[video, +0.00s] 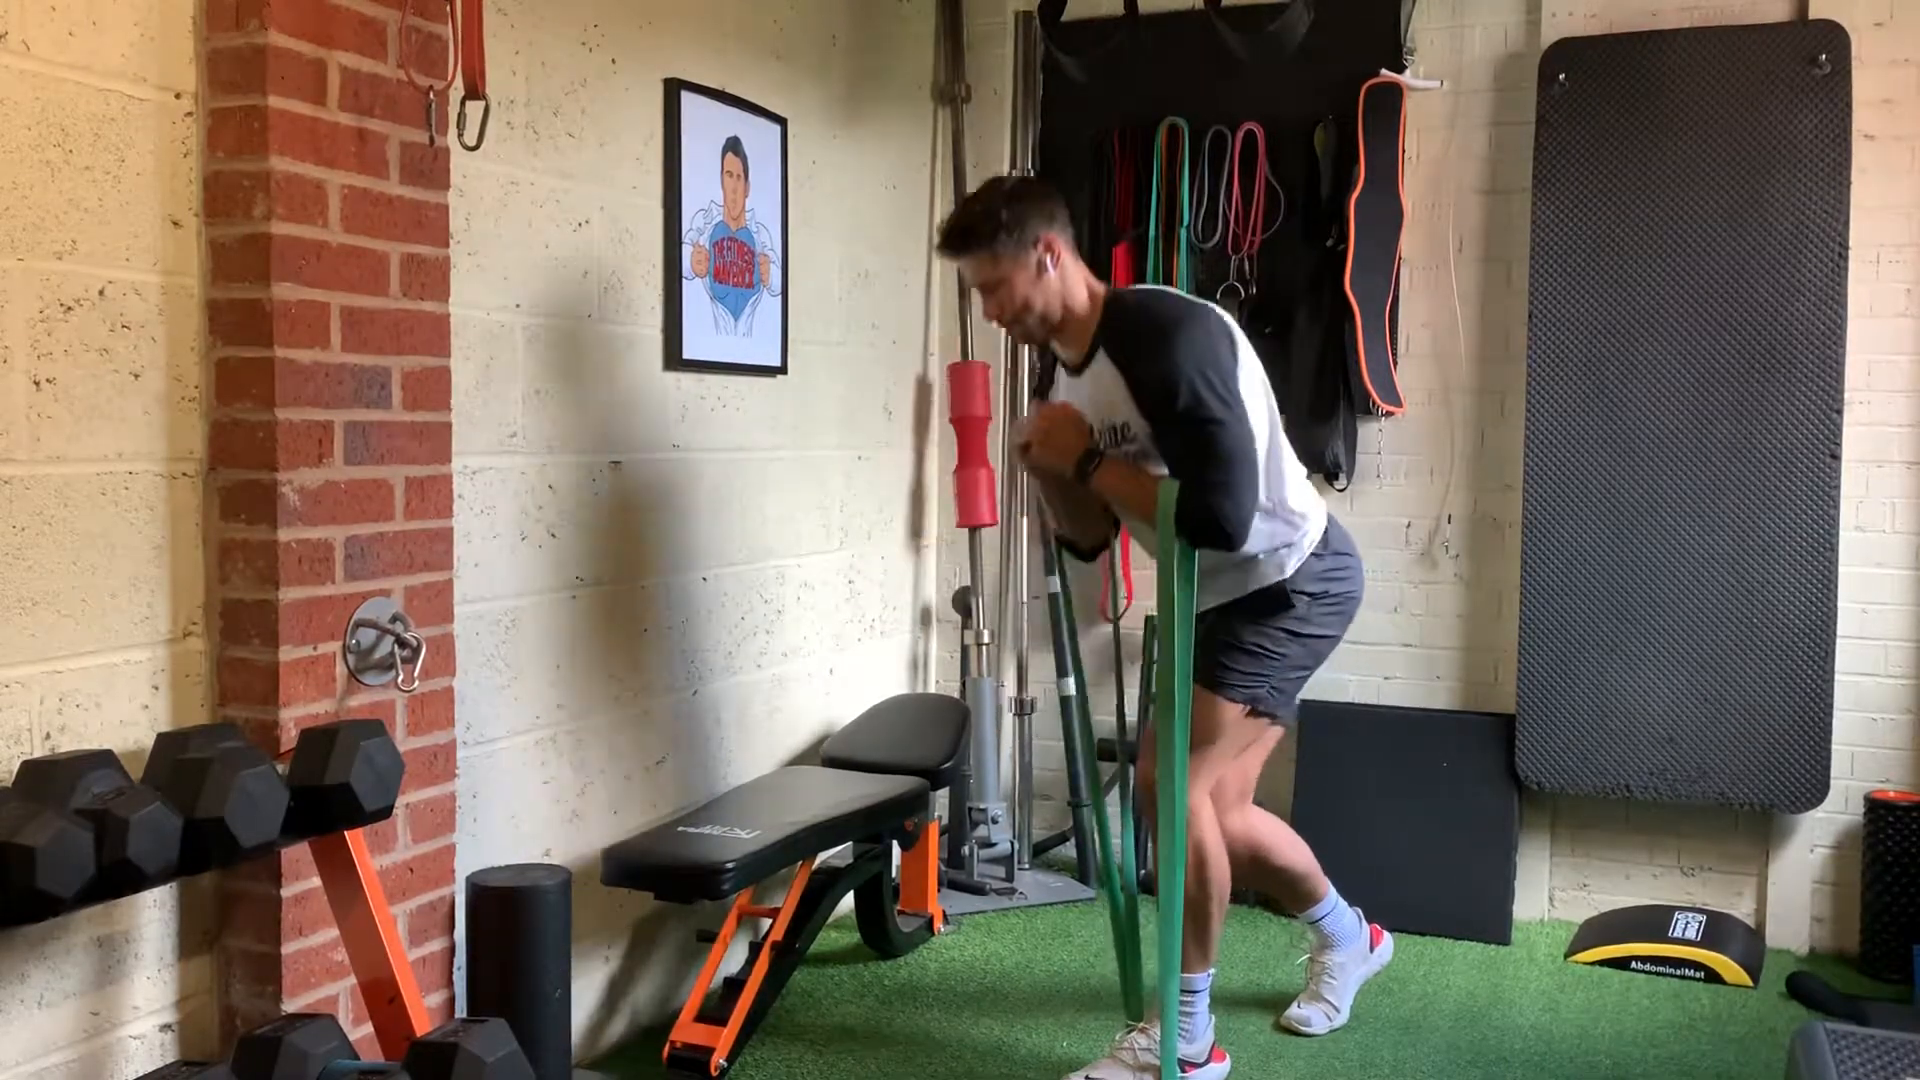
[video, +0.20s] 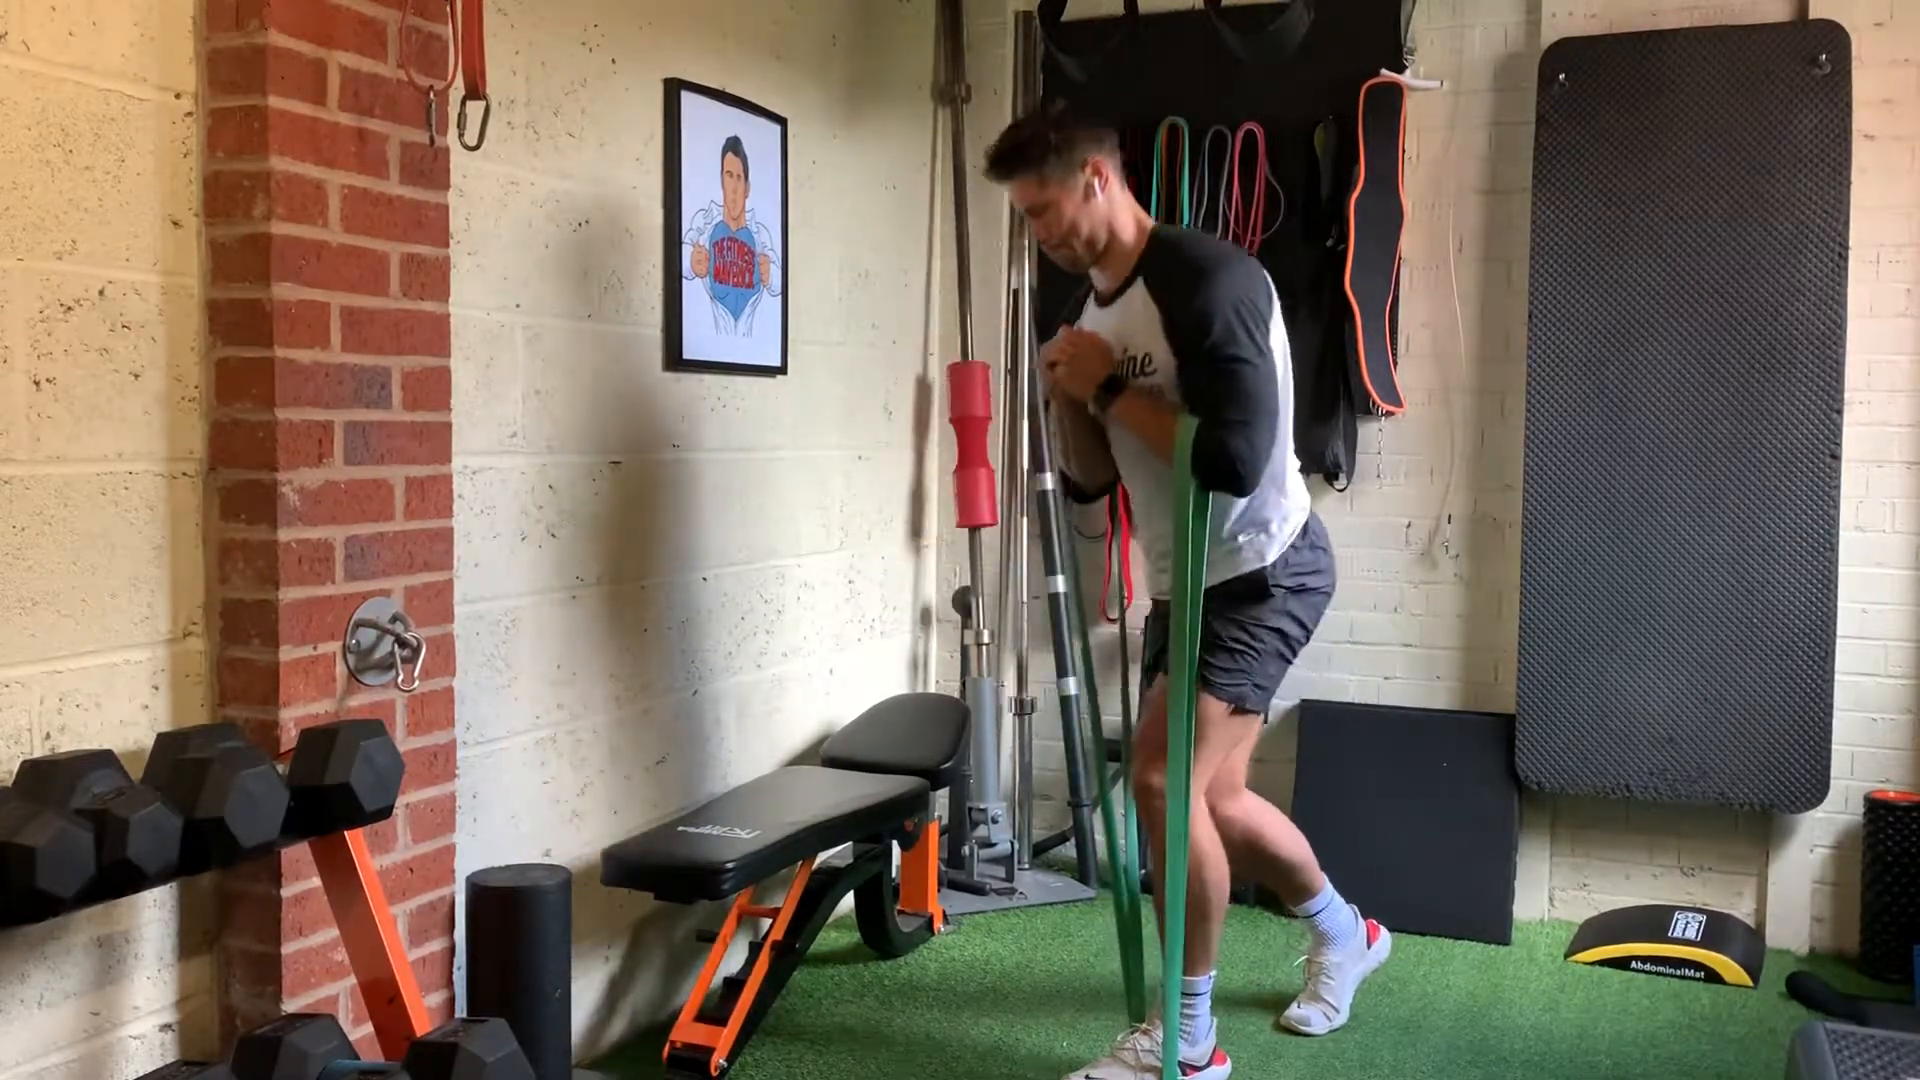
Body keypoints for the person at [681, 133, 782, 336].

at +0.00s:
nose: (734, 185)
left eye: (739, 177)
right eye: (729, 175)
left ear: (748, 186)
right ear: (721, 181)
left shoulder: (760, 231)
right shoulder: (705, 222)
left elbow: (778, 287)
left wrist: (769, 274)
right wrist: (693, 267)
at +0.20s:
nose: (734, 185)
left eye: (739, 177)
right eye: (729, 175)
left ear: (748, 188)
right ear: (721, 181)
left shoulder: (760, 232)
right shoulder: (705, 223)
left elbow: (779, 287)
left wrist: (770, 275)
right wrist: (693, 266)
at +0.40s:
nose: (734, 185)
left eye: (739, 177)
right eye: (729, 175)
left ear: (748, 187)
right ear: (721, 181)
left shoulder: (760, 233)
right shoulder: (705, 226)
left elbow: (779, 287)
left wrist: (770, 276)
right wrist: (693, 267)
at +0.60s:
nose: (734, 185)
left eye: (739, 177)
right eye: (729, 175)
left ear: (748, 187)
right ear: (721, 181)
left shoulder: (760, 232)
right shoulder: (705, 222)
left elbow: (779, 286)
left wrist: (769, 274)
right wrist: (693, 266)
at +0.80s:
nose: (734, 185)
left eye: (739, 177)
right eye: (729, 175)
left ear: (748, 187)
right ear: (721, 181)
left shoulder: (760, 233)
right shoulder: (705, 225)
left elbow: (779, 287)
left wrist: (769, 274)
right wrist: (694, 266)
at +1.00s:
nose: (734, 185)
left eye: (739, 176)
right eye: (729, 175)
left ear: (748, 187)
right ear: (721, 181)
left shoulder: (760, 232)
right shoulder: (705, 223)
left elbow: (779, 287)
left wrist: (769, 274)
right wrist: (695, 266)